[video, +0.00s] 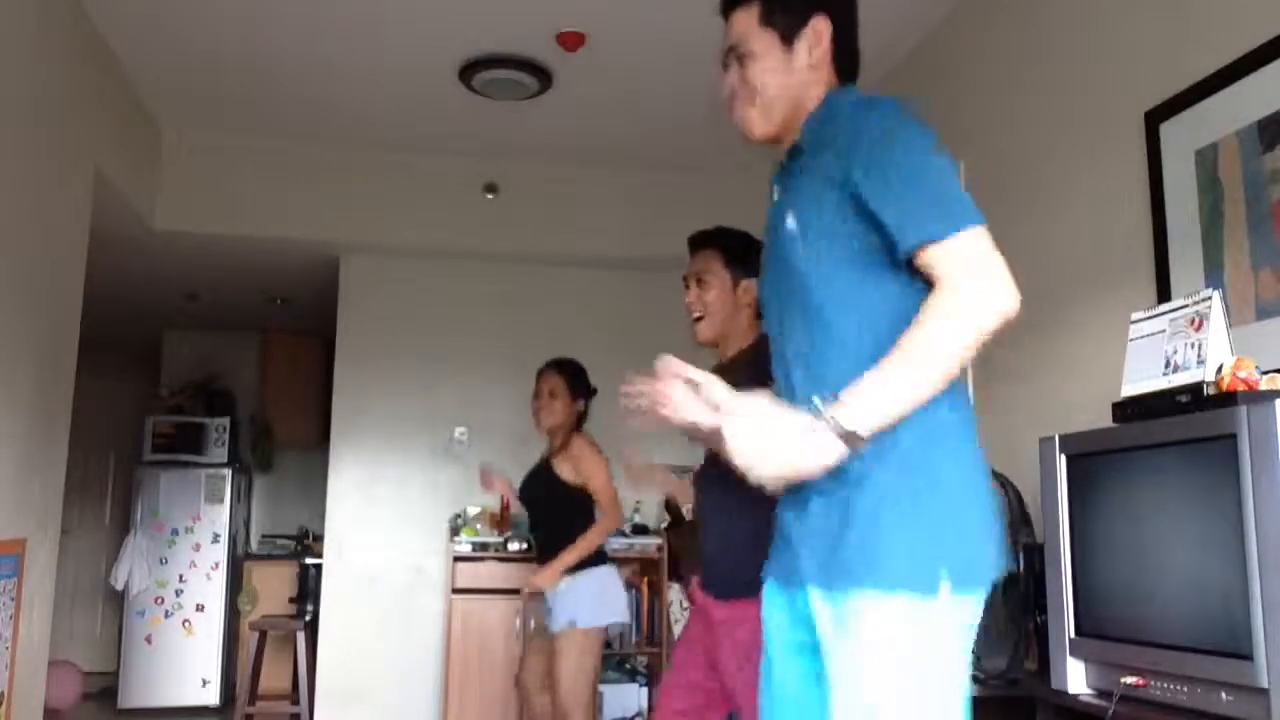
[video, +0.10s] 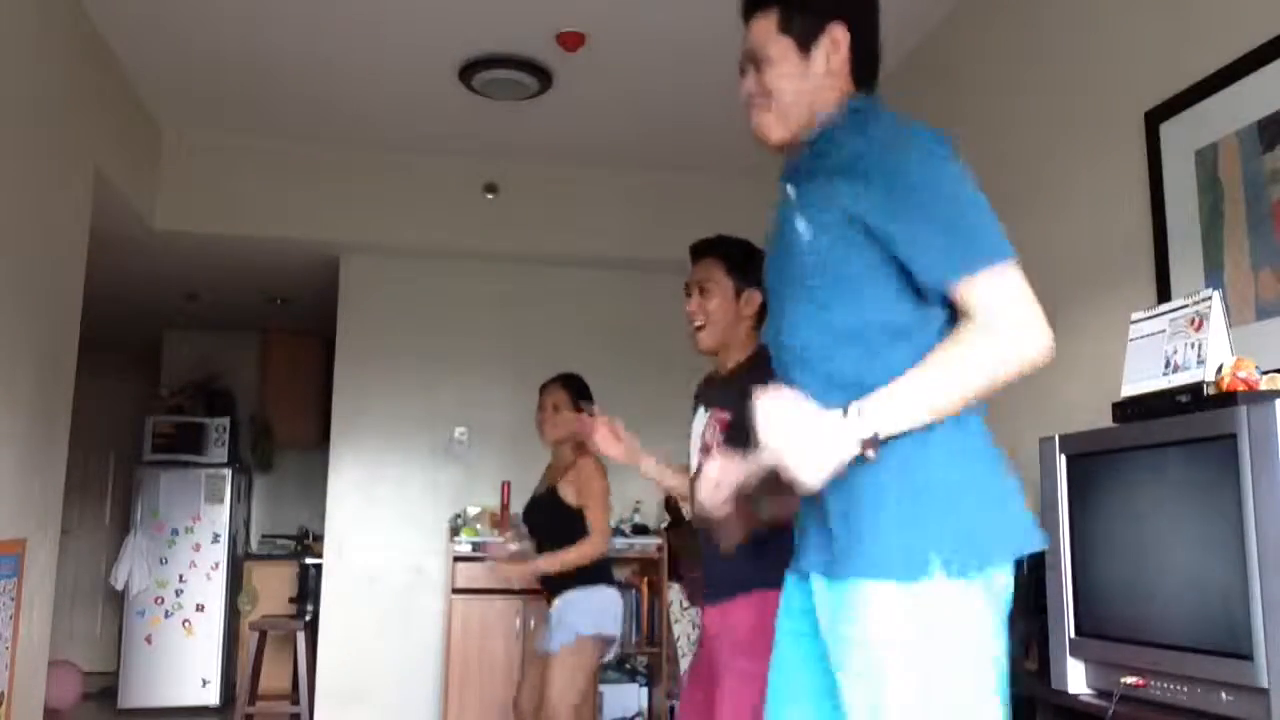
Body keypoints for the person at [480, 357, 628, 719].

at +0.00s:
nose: (541, 404)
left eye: (552, 395)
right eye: (538, 395)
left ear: (578, 404)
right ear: (534, 402)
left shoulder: (581, 450)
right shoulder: (554, 454)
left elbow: (612, 518)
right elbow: (554, 521)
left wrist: (555, 568)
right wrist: (510, 496)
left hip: (585, 583)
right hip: (555, 582)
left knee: (573, 701)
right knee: (532, 688)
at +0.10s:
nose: (544, 418)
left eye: (556, 408)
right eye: (541, 409)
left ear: (582, 415)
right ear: (538, 414)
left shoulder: (587, 467)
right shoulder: (555, 468)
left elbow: (599, 542)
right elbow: (552, 533)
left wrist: (533, 567)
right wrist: (514, 537)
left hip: (587, 597)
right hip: (561, 596)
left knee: (562, 709)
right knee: (527, 705)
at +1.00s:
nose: (571, 423)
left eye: (581, 413)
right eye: (568, 413)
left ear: (610, 421)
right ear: (565, 418)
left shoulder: (617, 473)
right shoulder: (588, 476)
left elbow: (628, 556)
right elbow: (592, 546)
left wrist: (559, 572)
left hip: (619, 613)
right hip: (592, 613)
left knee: (587, 713)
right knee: (546, 705)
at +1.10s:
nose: (571, 410)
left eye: (580, 400)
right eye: (568, 401)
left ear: (609, 405)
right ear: (564, 405)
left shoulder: (620, 456)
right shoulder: (590, 456)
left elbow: (620, 538)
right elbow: (585, 524)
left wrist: (558, 534)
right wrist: (540, 528)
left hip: (614, 596)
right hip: (587, 593)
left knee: (584, 712)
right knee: (561, 707)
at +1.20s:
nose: (568, 394)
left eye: (578, 384)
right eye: (565, 385)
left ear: (608, 390)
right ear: (562, 389)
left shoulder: (617, 430)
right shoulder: (590, 439)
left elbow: (612, 496)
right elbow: (592, 508)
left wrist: (545, 481)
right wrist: (549, 539)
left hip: (615, 584)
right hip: (582, 581)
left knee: (587, 700)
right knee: (569, 691)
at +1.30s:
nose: (571, 400)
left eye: (582, 389)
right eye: (568, 390)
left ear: (610, 395)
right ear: (566, 395)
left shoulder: (613, 443)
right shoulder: (587, 449)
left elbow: (624, 507)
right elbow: (588, 513)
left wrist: (554, 508)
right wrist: (548, 498)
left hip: (622, 589)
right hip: (587, 586)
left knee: (597, 708)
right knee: (563, 682)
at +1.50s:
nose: (576, 410)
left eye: (588, 401)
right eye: (574, 401)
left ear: (616, 409)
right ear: (570, 405)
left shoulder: (618, 455)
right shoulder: (595, 457)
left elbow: (620, 536)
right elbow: (591, 531)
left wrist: (550, 546)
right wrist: (537, 537)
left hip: (615, 599)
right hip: (597, 597)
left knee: (581, 711)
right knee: (573, 709)